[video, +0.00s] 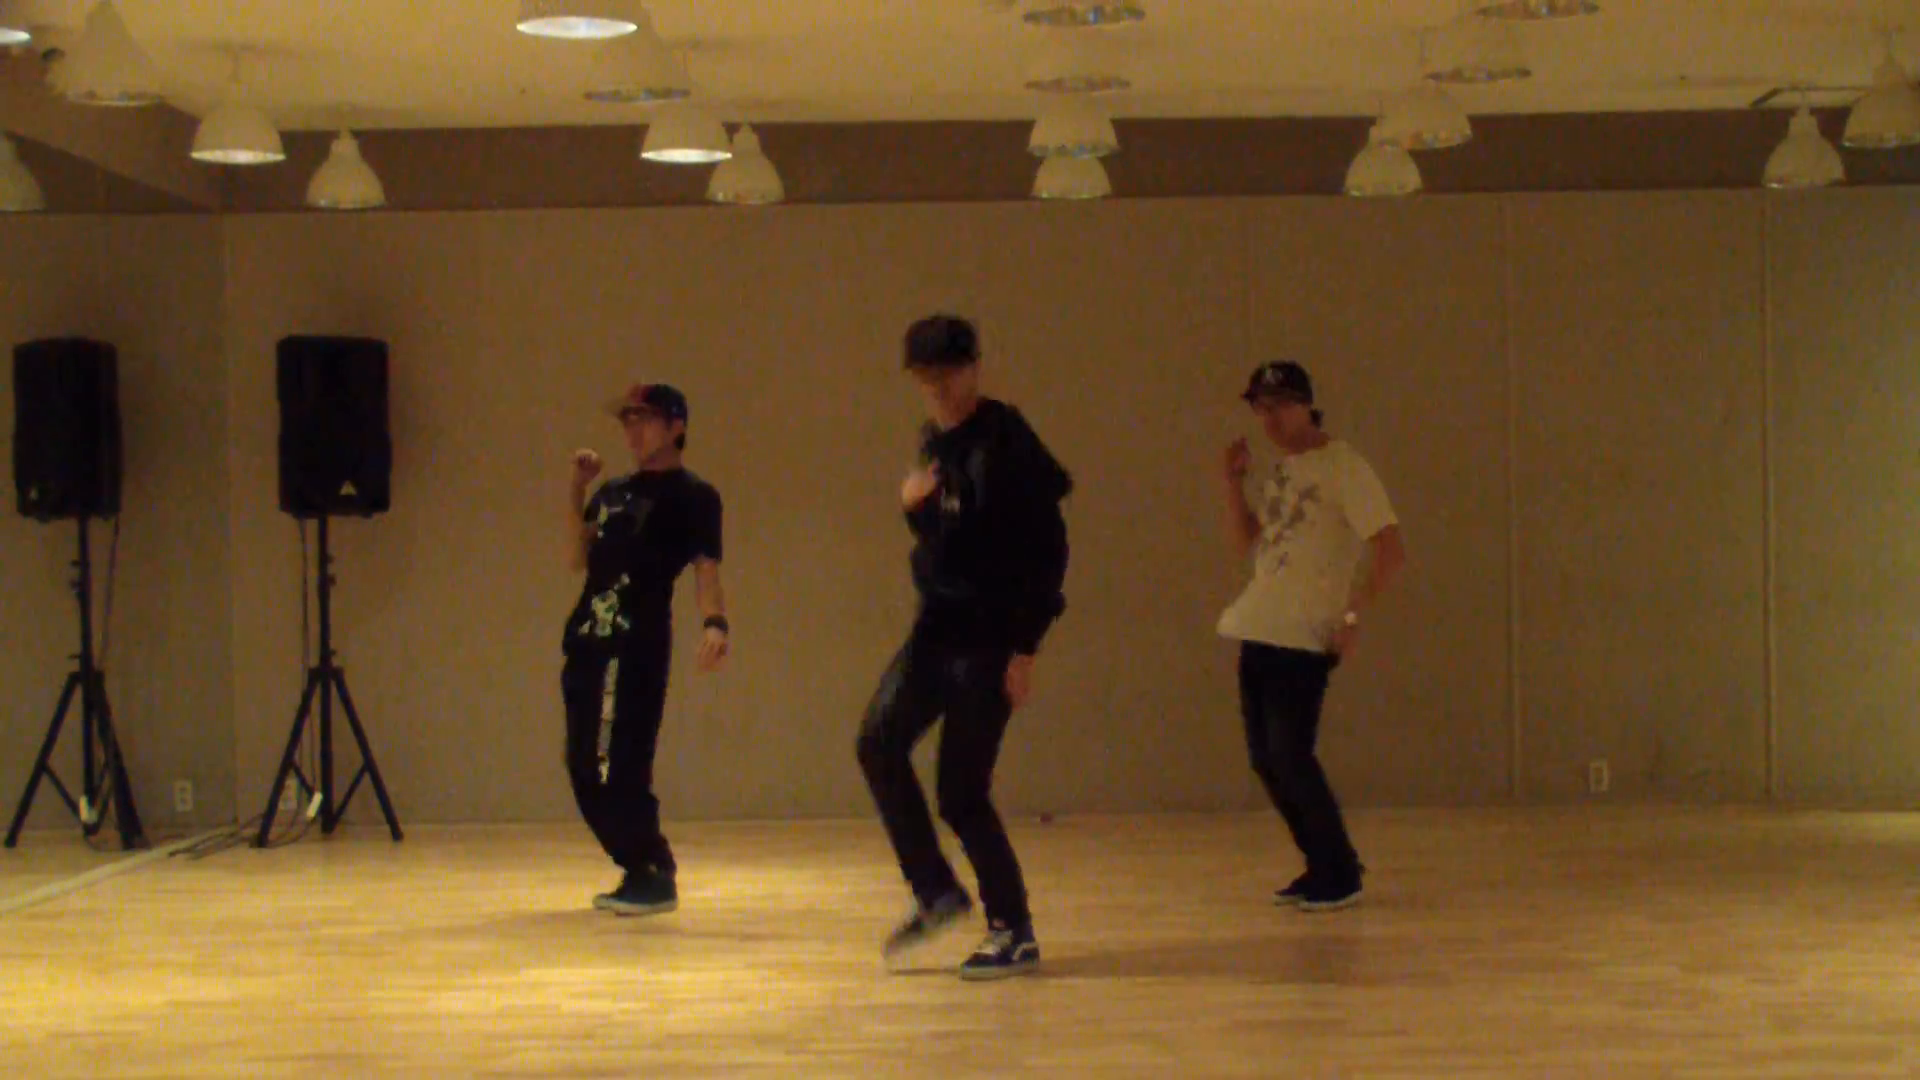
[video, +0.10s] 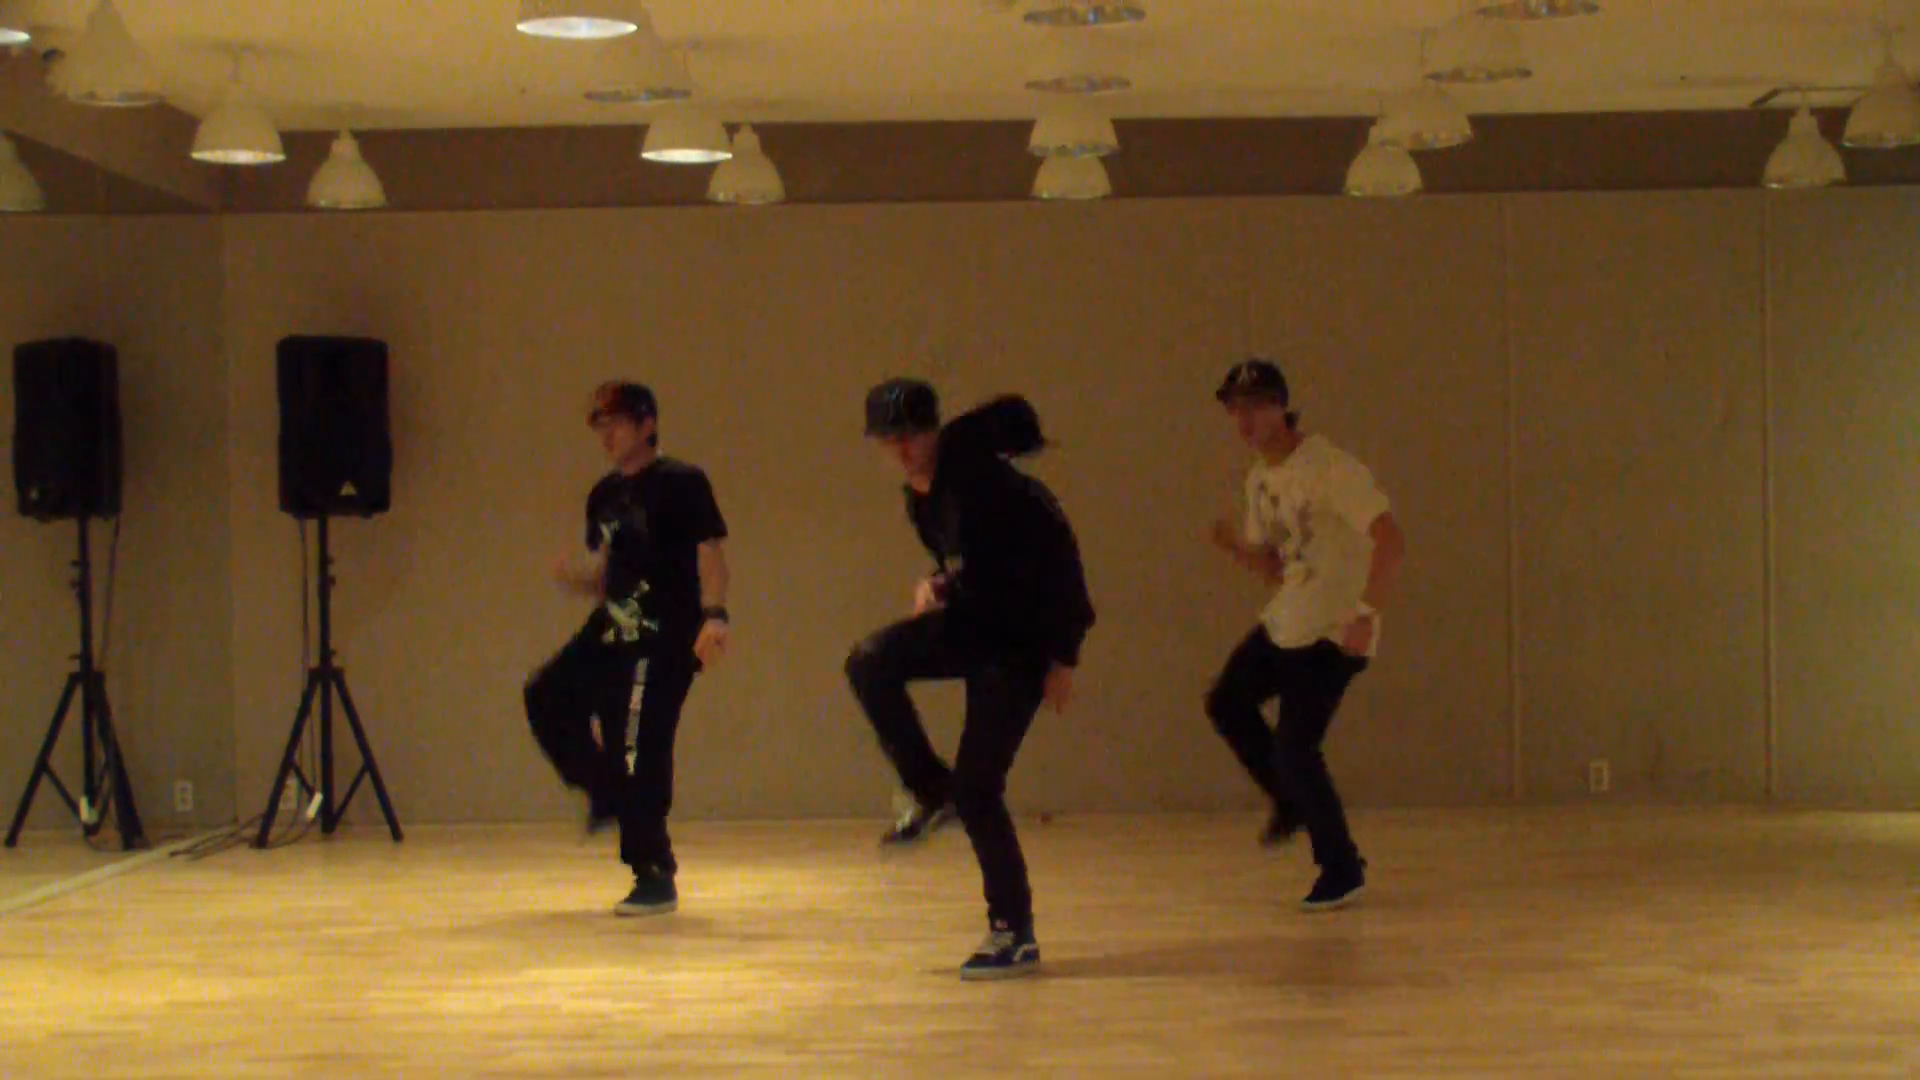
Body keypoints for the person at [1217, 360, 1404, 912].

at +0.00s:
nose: (1268, 421)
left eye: (1276, 409)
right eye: (1261, 412)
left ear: (1304, 407)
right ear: (1262, 415)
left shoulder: (1344, 465)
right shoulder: (1277, 470)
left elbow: (1389, 548)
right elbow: (1246, 542)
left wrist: (1354, 614)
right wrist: (1234, 482)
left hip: (1306, 637)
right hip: (1260, 633)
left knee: (1290, 756)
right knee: (1266, 758)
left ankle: (1338, 869)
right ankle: (1321, 865)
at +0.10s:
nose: (1241, 423)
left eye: (1250, 410)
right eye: (1234, 412)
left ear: (1279, 409)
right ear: (1232, 417)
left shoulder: (1331, 466)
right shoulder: (1260, 478)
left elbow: (1389, 539)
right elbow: (1276, 565)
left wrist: (1368, 612)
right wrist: (1236, 548)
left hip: (1336, 628)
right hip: (1286, 619)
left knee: (1295, 745)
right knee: (1228, 703)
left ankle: (1341, 865)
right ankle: (1288, 799)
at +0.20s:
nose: (1232, 461)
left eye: (1239, 448)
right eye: (1226, 451)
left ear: (1270, 445)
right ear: (1228, 454)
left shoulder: (1320, 497)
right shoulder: (1257, 511)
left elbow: (1389, 556)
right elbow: (1291, 587)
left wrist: (1390, 643)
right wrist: (1264, 602)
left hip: (1345, 645)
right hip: (1302, 628)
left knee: (1299, 751)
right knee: (1230, 649)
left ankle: (1339, 871)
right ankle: (1284, 735)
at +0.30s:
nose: (1236, 458)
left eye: (1245, 446)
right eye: (1231, 448)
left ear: (1276, 446)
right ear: (1233, 452)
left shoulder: (1325, 498)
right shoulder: (1270, 504)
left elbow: (1392, 560)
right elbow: (1287, 586)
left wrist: (1396, 649)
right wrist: (1266, 610)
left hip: (1351, 652)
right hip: (1310, 632)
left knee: (1294, 758)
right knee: (1234, 652)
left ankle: (1335, 874)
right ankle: (1268, 751)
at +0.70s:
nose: (1285, 450)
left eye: (1294, 436)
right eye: (1278, 440)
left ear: (1323, 432)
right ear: (1278, 446)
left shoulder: (1375, 472)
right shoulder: (1301, 514)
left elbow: (1451, 526)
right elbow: (1244, 546)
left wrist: (1453, 608)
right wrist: (1176, 549)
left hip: (1395, 647)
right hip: (1342, 648)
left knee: (1326, 751)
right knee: (1319, 753)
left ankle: (1335, 877)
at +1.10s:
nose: (1354, 456)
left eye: (1366, 444)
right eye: (1345, 446)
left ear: (1390, 450)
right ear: (1337, 454)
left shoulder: (1410, 508)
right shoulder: (1342, 522)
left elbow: (1435, 562)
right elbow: (1335, 603)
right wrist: (1316, 590)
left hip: (1411, 686)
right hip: (1357, 693)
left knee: (1443, 807)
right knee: (1353, 812)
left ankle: (1555, 863)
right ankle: (1456, 839)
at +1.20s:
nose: (1337, 454)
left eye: (1351, 444)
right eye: (1331, 443)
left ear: (1377, 455)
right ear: (1323, 451)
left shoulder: (1375, 515)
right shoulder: (1323, 512)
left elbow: (1311, 559)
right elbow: (1259, 558)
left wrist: (1280, 512)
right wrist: (1283, 512)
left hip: (1374, 693)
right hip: (1320, 688)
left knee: (1415, 806)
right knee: (1247, 763)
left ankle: (1539, 858)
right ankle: (1315, 843)